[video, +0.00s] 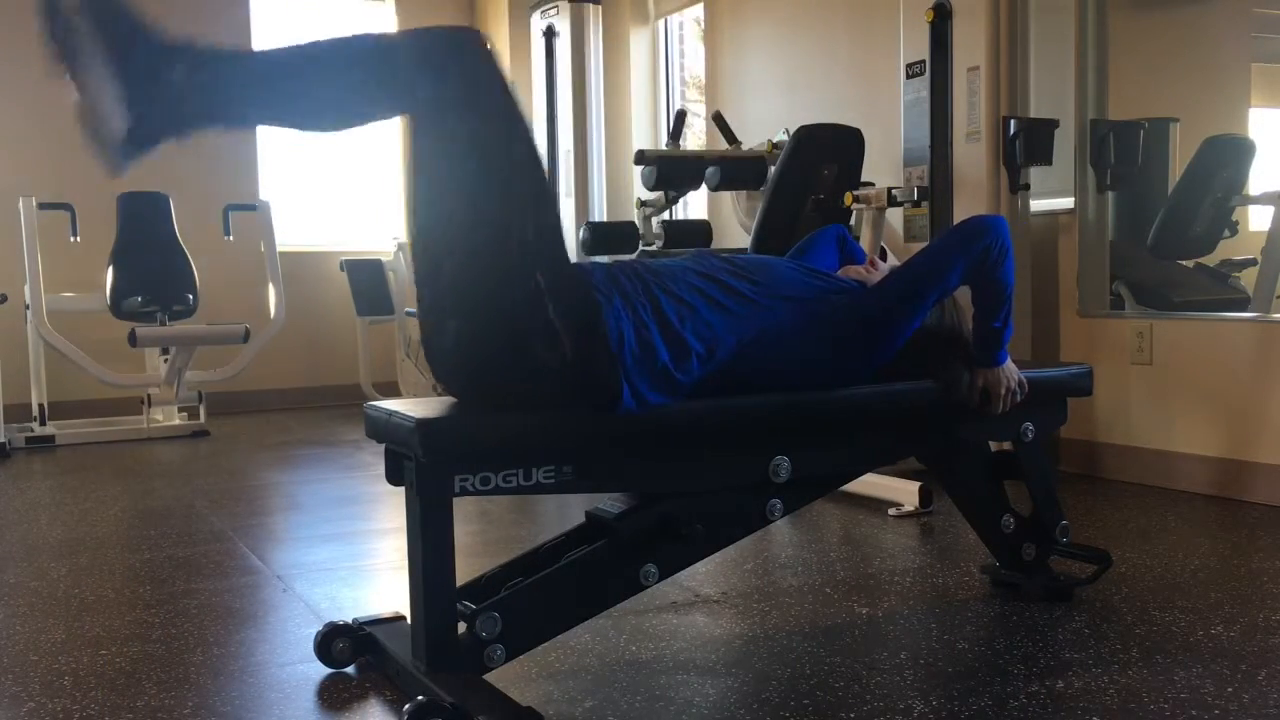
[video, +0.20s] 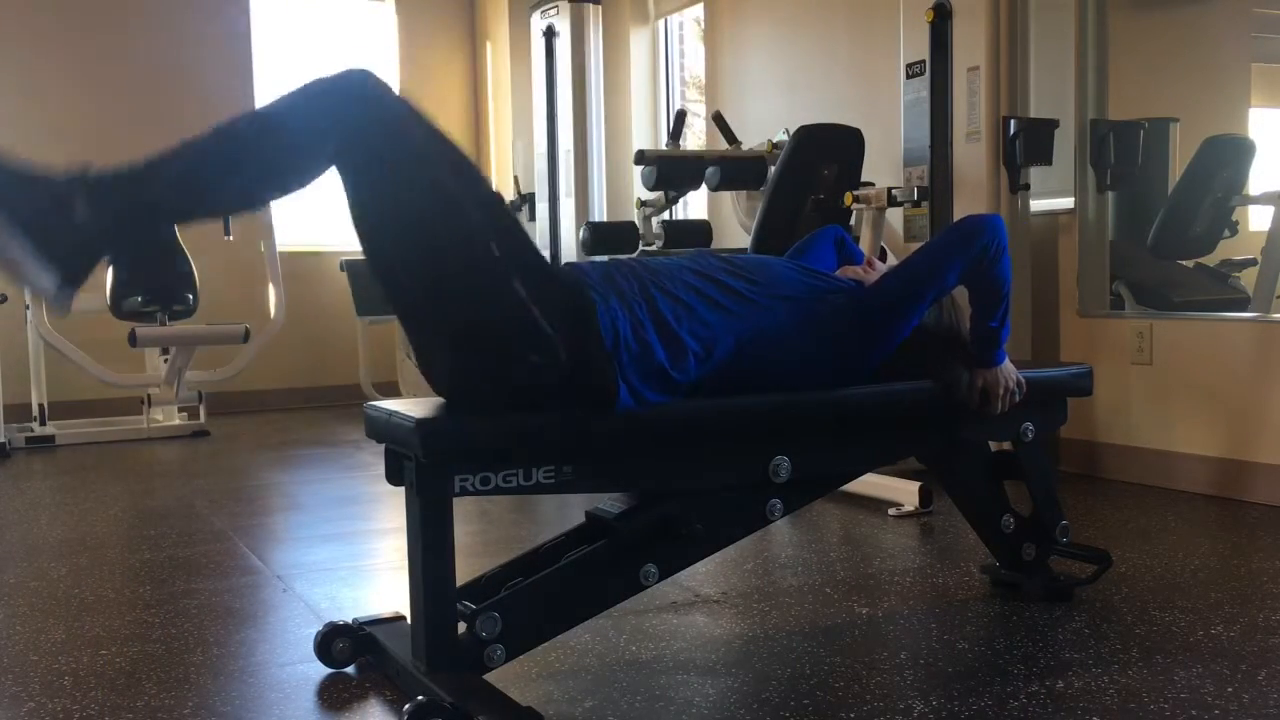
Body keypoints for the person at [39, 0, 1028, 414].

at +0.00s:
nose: (870, 244)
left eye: (889, 249)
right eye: (870, 237)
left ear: (899, 298)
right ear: (850, 259)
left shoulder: (855, 329)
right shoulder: (800, 292)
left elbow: (992, 235)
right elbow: (824, 200)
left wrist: (986, 349)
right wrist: (870, 249)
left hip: (539, 356)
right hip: (531, 326)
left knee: (452, 64)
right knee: (451, 63)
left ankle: (156, 98)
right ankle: (169, 80)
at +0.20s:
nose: (883, 252)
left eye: (903, 258)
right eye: (887, 244)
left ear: (909, 294)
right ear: (868, 258)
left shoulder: (850, 329)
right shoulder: (800, 288)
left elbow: (981, 233)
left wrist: (966, 332)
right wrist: (901, 262)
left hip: (547, 351)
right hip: (534, 309)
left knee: (357, 104)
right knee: (356, 96)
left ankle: (91, 221)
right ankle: (129, 225)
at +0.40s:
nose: (863, 245)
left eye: (882, 255)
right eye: (862, 239)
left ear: (892, 309)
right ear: (836, 260)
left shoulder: (842, 328)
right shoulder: (784, 282)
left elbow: (985, 232)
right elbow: (824, 160)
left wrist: (966, 340)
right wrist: (864, 240)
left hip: (541, 346)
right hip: (521, 303)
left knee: (274, 176)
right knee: (293, 168)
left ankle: (41, 361)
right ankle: (178, 272)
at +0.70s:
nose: (881, 247)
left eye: (900, 256)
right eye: (883, 238)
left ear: (899, 296)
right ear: (859, 251)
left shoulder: (849, 322)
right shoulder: (790, 281)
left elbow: (985, 235)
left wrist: (974, 351)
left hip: (552, 352)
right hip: (527, 300)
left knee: (234, 307)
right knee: (331, 272)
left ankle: (41, 550)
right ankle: (183, 296)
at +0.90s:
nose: (884, 255)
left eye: (896, 264)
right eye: (890, 253)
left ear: (898, 297)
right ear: (867, 267)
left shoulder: (860, 321)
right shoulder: (782, 289)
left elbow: (979, 222)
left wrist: (977, 351)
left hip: (552, 347)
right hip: (515, 304)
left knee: (239, 365)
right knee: (259, 341)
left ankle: (59, 619)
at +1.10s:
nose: (876, 246)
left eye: (895, 256)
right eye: (875, 236)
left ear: (893, 298)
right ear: (849, 241)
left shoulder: (852, 323)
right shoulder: (784, 280)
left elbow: (979, 235)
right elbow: (831, 167)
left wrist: (975, 359)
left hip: (552, 350)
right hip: (520, 302)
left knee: (233, 325)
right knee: (306, 298)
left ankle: (50, 563)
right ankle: (187, 306)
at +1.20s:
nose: (892, 270)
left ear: (912, 317)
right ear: (888, 303)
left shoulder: (855, 325)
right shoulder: (792, 289)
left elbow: (980, 225)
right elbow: (837, 193)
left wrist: (979, 355)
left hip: (545, 334)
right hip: (519, 298)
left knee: (235, 269)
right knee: (255, 239)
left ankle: (34, 461)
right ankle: (172, 326)